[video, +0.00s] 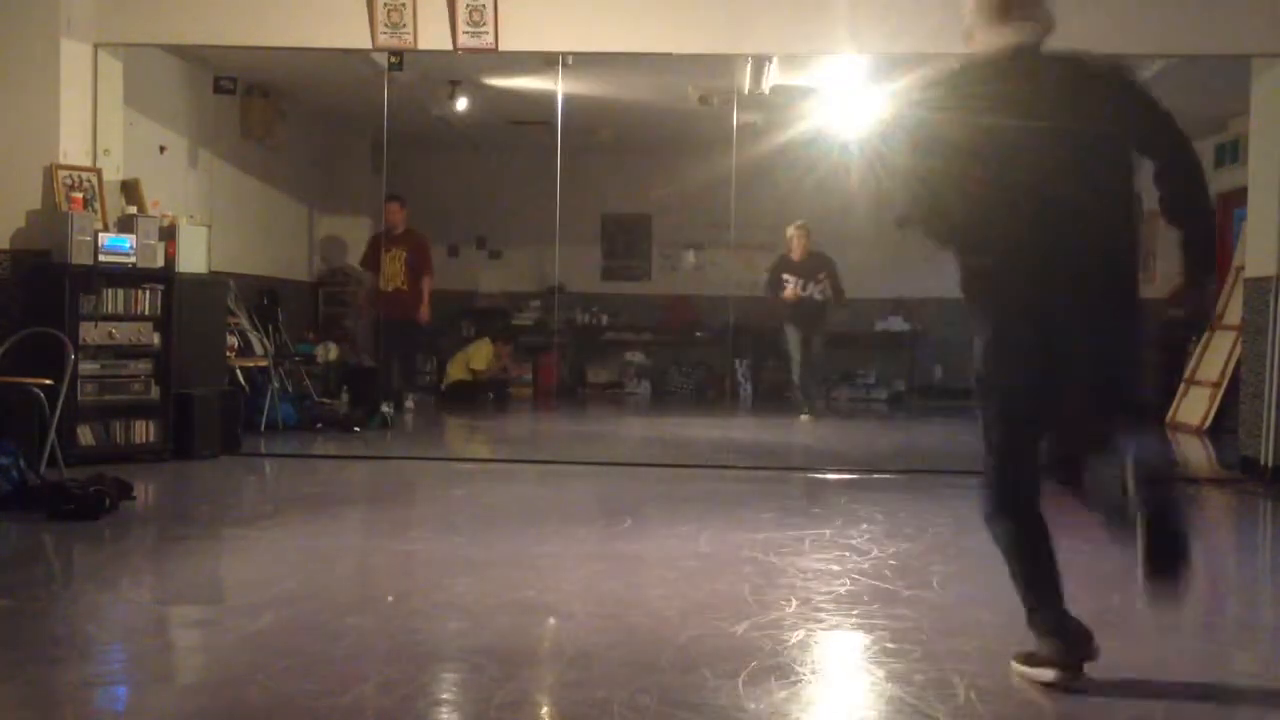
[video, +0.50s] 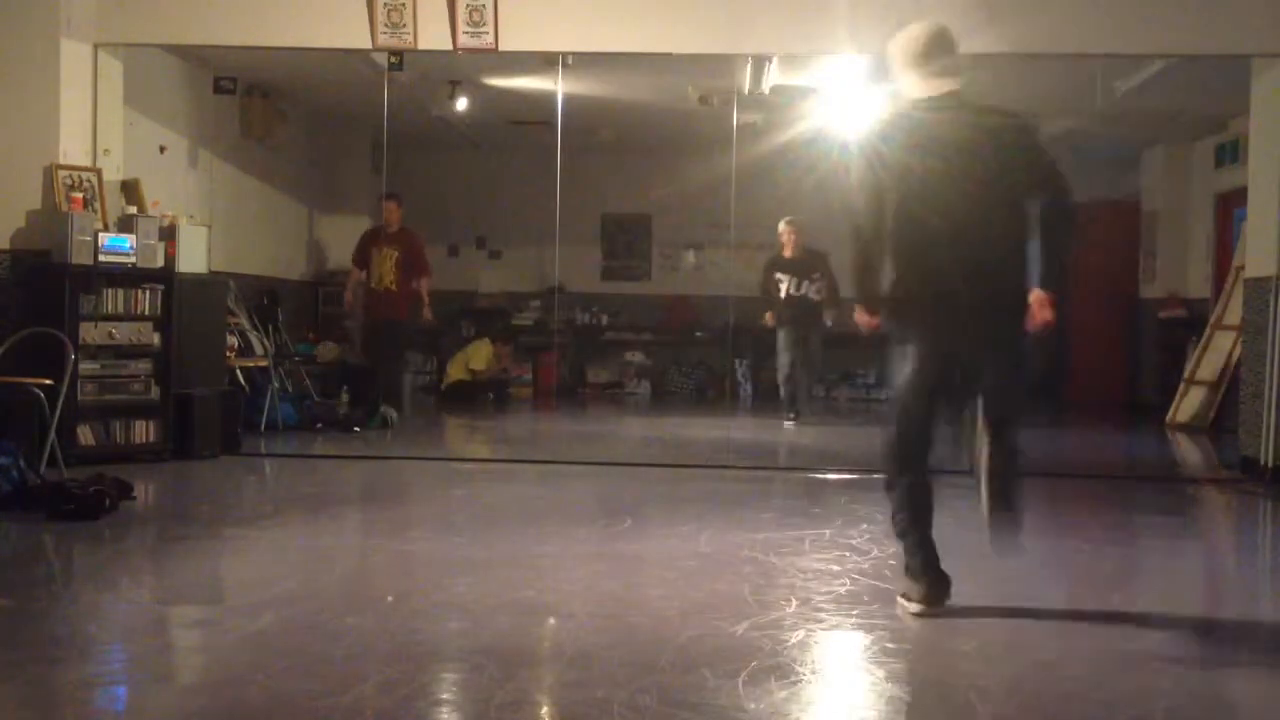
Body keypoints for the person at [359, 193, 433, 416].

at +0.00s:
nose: (389, 216)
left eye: (393, 212)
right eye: (387, 212)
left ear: (403, 213)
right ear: (383, 214)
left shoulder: (417, 240)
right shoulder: (378, 240)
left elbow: (425, 275)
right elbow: (371, 274)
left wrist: (425, 305)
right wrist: (367, 301)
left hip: (409, 309)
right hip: (384, 309)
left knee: (408, 355)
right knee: (384, 356)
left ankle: (408, 396)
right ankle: (386, 400)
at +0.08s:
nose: (389, 216)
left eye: (393, 211)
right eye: (386, 211)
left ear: (402, 212)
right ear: (382, 213)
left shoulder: (415, 239)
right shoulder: (376, 239)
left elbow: (426, 274)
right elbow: (365, 272)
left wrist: (430, 303)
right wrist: (362, 299)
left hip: (407, 309)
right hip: (381, 308)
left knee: (405, 355)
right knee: (383, 355)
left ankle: (405, 399)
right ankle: (387, 400)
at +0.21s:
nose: (388, 215)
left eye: (392, 211)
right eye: (385, 211)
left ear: (401, 212)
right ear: (382, 212)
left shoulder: (413, 239)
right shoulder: (374, 238)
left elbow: (426, 274)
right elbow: (357, 267)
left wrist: (433, 304)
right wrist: (348, 294)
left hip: (402, 308)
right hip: (377, 307)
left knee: (396, 355)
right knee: (381, 355)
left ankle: (394, 402)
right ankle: (385, 401)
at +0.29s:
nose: (387, 215)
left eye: (391, 210)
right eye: (384, 210)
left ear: (400, 212)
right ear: (381, 212)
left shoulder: (411, 240)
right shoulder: (373, 238)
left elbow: (425, 276)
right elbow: (356, 267)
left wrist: (432, 305)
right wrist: (346, 290)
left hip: (402, 310)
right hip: (376, 309)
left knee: (395, 359)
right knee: (379, 357)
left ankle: (393, 407)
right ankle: (379, 406)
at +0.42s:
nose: (387, 215)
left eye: (391, 210)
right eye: (384, 210)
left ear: (400, 212)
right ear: (380, 211)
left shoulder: (410, 239)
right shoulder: (371, 237)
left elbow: (423, 276)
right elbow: (356, 267)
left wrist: (430, 306)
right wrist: (346, 290)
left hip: (400, 309)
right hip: (375, 308)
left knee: (393, 359)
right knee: (377, 357)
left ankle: (392, 407)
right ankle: (377, 407)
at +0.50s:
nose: (386, 214)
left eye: (390, 210)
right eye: (384, 210)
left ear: (400, 211)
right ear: (380, 211)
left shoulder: (410, 238)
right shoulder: (371, 236)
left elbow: (422, 275)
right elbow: (358, 266)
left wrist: (426, 305)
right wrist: (349, 289)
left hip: (399, 309)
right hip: (373, 308)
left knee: (393, 359)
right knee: (372, 357)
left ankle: (392, 407)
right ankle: (374, 406)